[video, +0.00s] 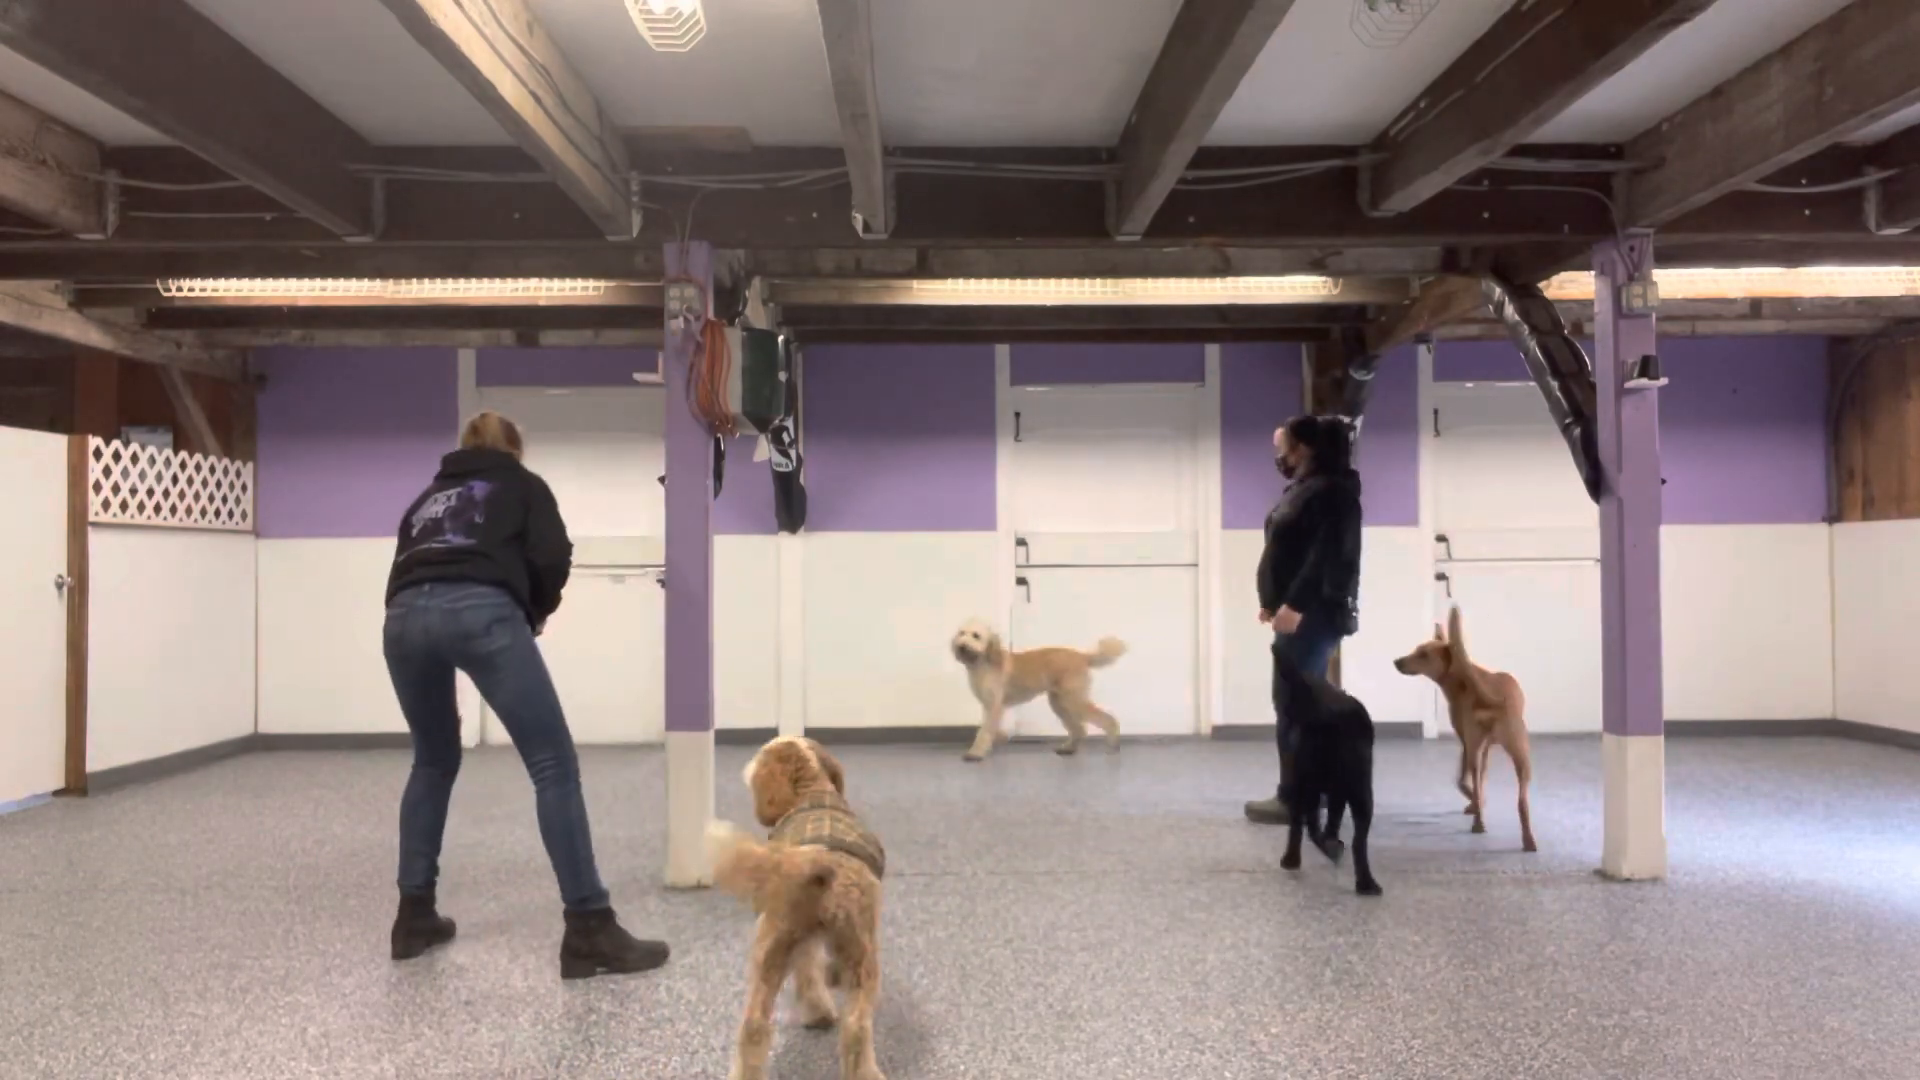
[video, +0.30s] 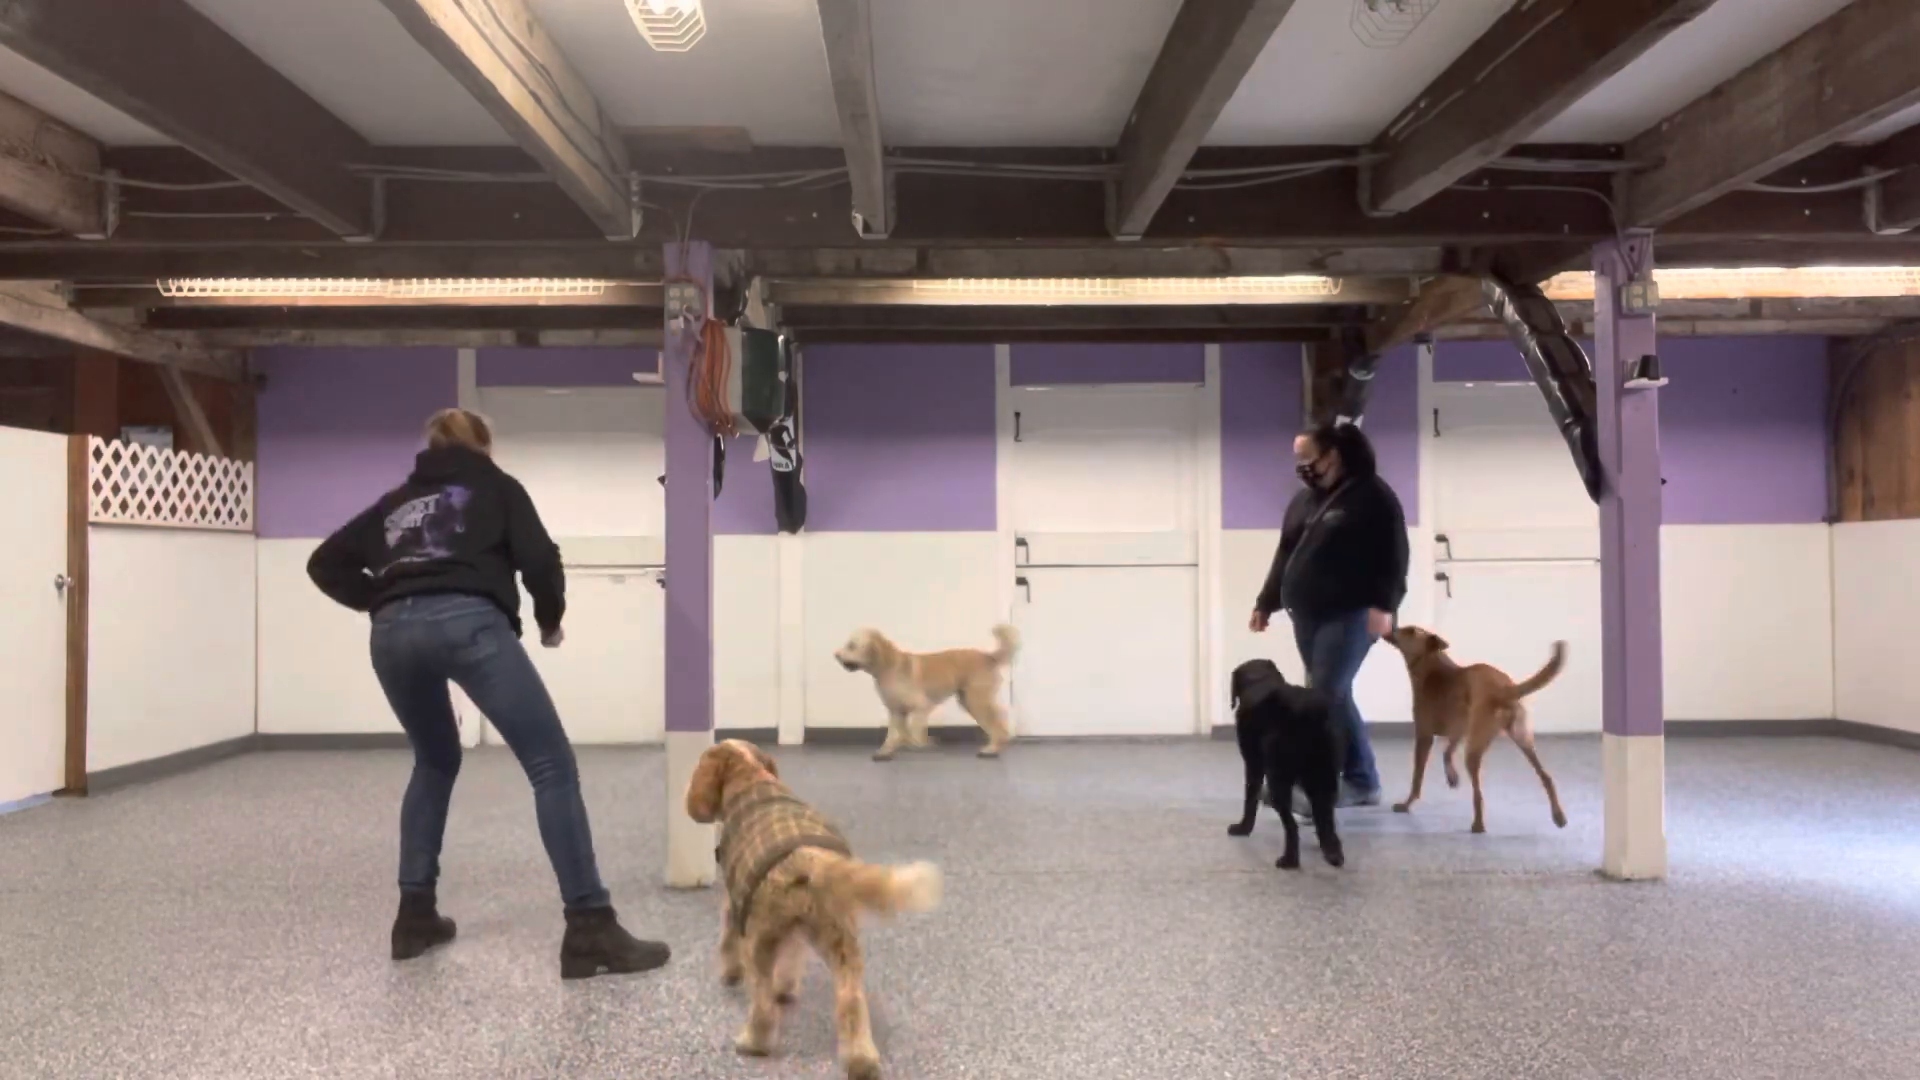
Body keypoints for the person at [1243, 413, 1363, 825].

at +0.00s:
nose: (1282, 457)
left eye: (1287, 448)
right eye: (1282, 449)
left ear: (1307, 448)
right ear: (1305, 450)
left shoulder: (1333, 489)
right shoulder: (1301, 488)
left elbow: (1327, 554)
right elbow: (1290, 549)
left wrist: (1296, 604)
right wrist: (1271, 598)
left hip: (1315, 616)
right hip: (1295, 614)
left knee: (1294, 704)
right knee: (1292, 703)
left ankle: (1294, 795)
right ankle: (1294, 792)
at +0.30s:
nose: (1305, 469)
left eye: (1311, 461)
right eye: (1302, 463)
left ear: (1335, 455)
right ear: (1319, 459)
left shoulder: (1375, 496)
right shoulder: (1305, 498)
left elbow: (1395, 554)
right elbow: (1286, 554)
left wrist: (1384, 605)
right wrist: (1266, 603)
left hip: (1353, 613)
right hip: (1307, 613)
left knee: (1325, 695)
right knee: (1334, 695)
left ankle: (1318, 790)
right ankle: (1362, 781)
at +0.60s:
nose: (1322, 465)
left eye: (1329, 457)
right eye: (1316, 458)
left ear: (1354, 449)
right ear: (1313, 456)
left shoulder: (1392, 493)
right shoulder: (1312, 496)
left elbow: (1421, 546)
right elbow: (1293, 552)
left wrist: (1432, 597)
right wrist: (1278, 603)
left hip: (1376, 610)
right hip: (1322, 614)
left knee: (1365, 692)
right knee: (1339, 698)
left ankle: (1393, 780)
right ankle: (1355, 778)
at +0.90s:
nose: (1360, 468)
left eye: (1365, 459)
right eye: (1353, 461)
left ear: (1384, 447)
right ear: (1346, 457)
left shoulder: (1419, 488)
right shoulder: (1345, 489)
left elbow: (1446, 543)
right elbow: (1324, 541)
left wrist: (1434, 585)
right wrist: (1310, 592)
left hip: (1404, 609)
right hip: (1349, 610)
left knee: (1404, 695)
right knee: (1353, 700)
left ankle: (1419, 782)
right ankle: (1361, 781)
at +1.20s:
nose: (1376, 469)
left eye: (1382, 460)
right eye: (1370, 462)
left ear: (1402, 449)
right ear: (1364, 458)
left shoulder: (1437, 488)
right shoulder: (1362, 490)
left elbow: (1470, 534)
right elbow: (1343, 542)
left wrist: (1439, 566)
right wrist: (1331, 593)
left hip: (1417, 604)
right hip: (1364, 605)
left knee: (1414, 694)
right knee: (1358, 690)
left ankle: (1419, 782)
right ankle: (1368, 777)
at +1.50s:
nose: (1374, 462)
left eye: (1381, 454)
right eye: (1369, 455)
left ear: (1404, 448)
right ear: (1363, 454)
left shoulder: (1435, 489)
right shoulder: (1359, 492)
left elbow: (1461, 540)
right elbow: (1343, 543)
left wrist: (1424, 573)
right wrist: (1338, 589)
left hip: (1415, 603)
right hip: (1363, 604)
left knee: (1413, 692)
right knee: (1372, 694)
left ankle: (1420, 782)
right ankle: (1378, 774)